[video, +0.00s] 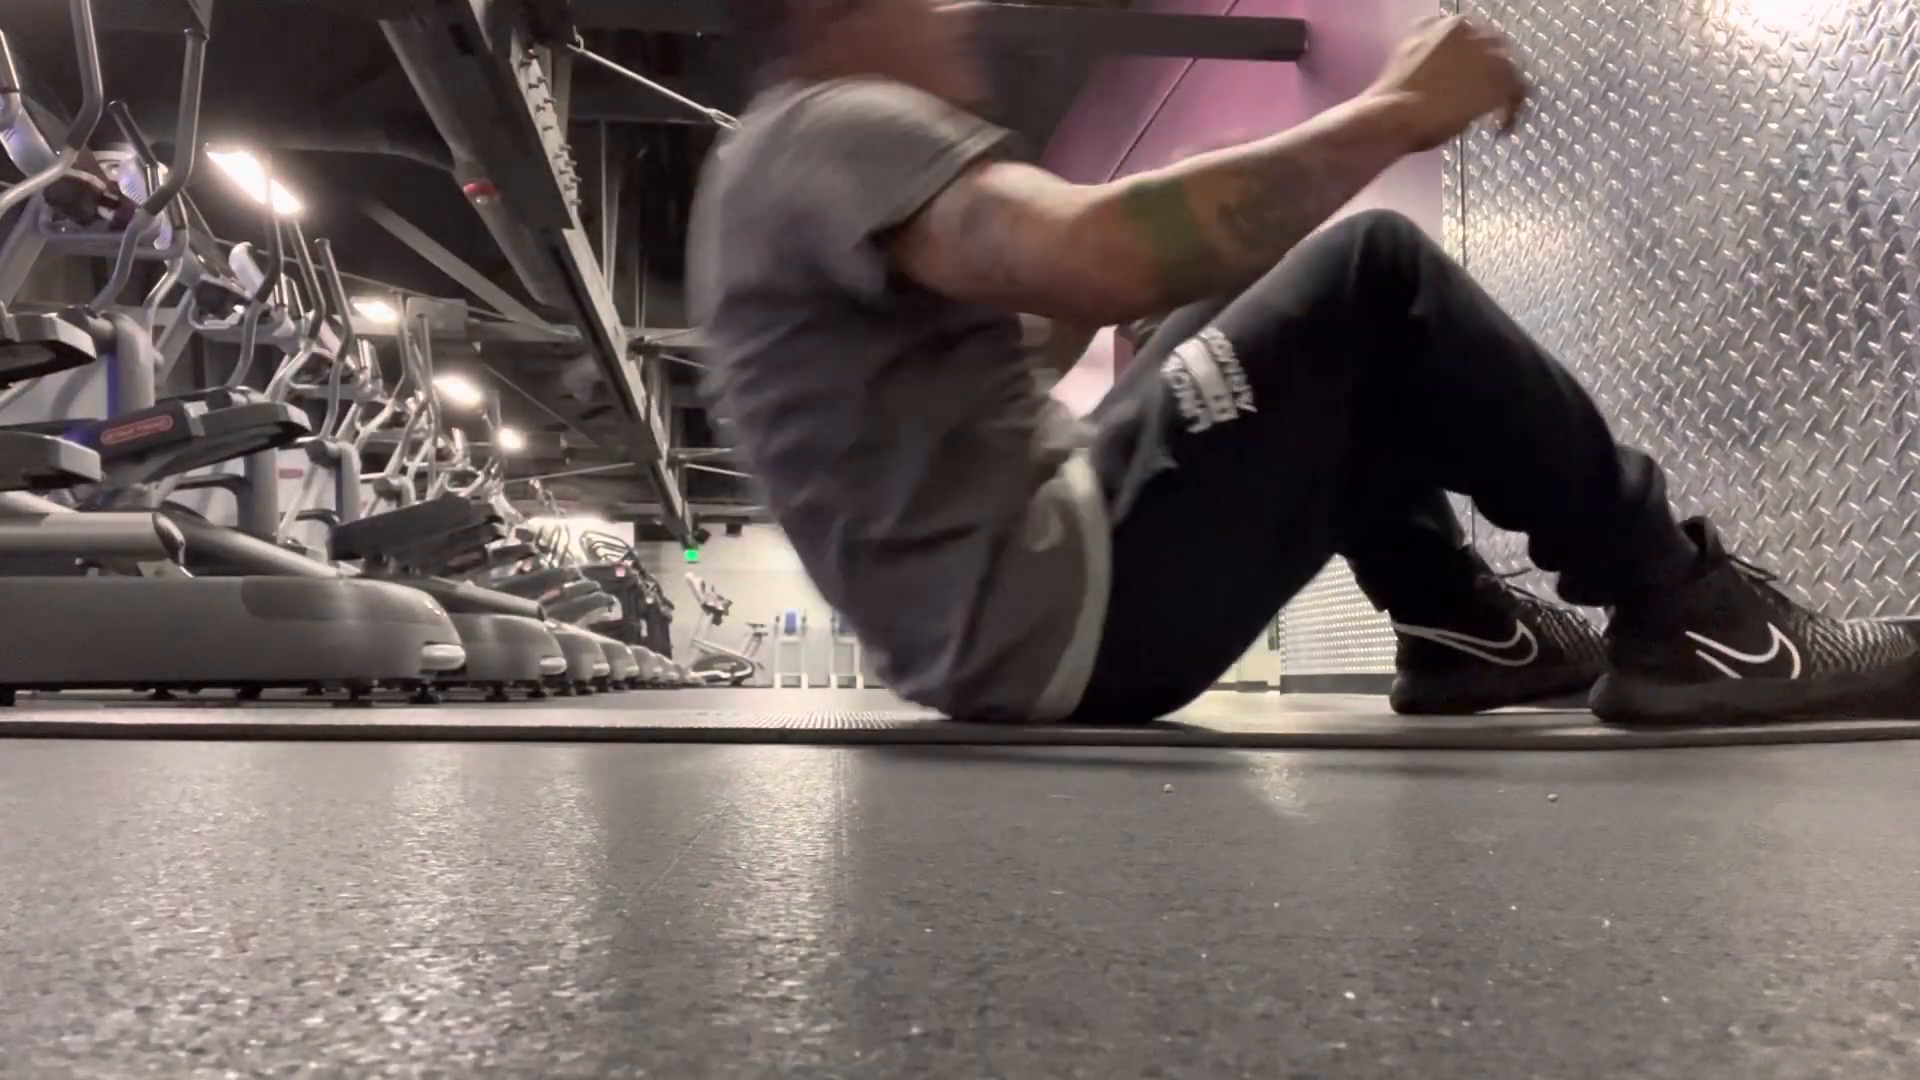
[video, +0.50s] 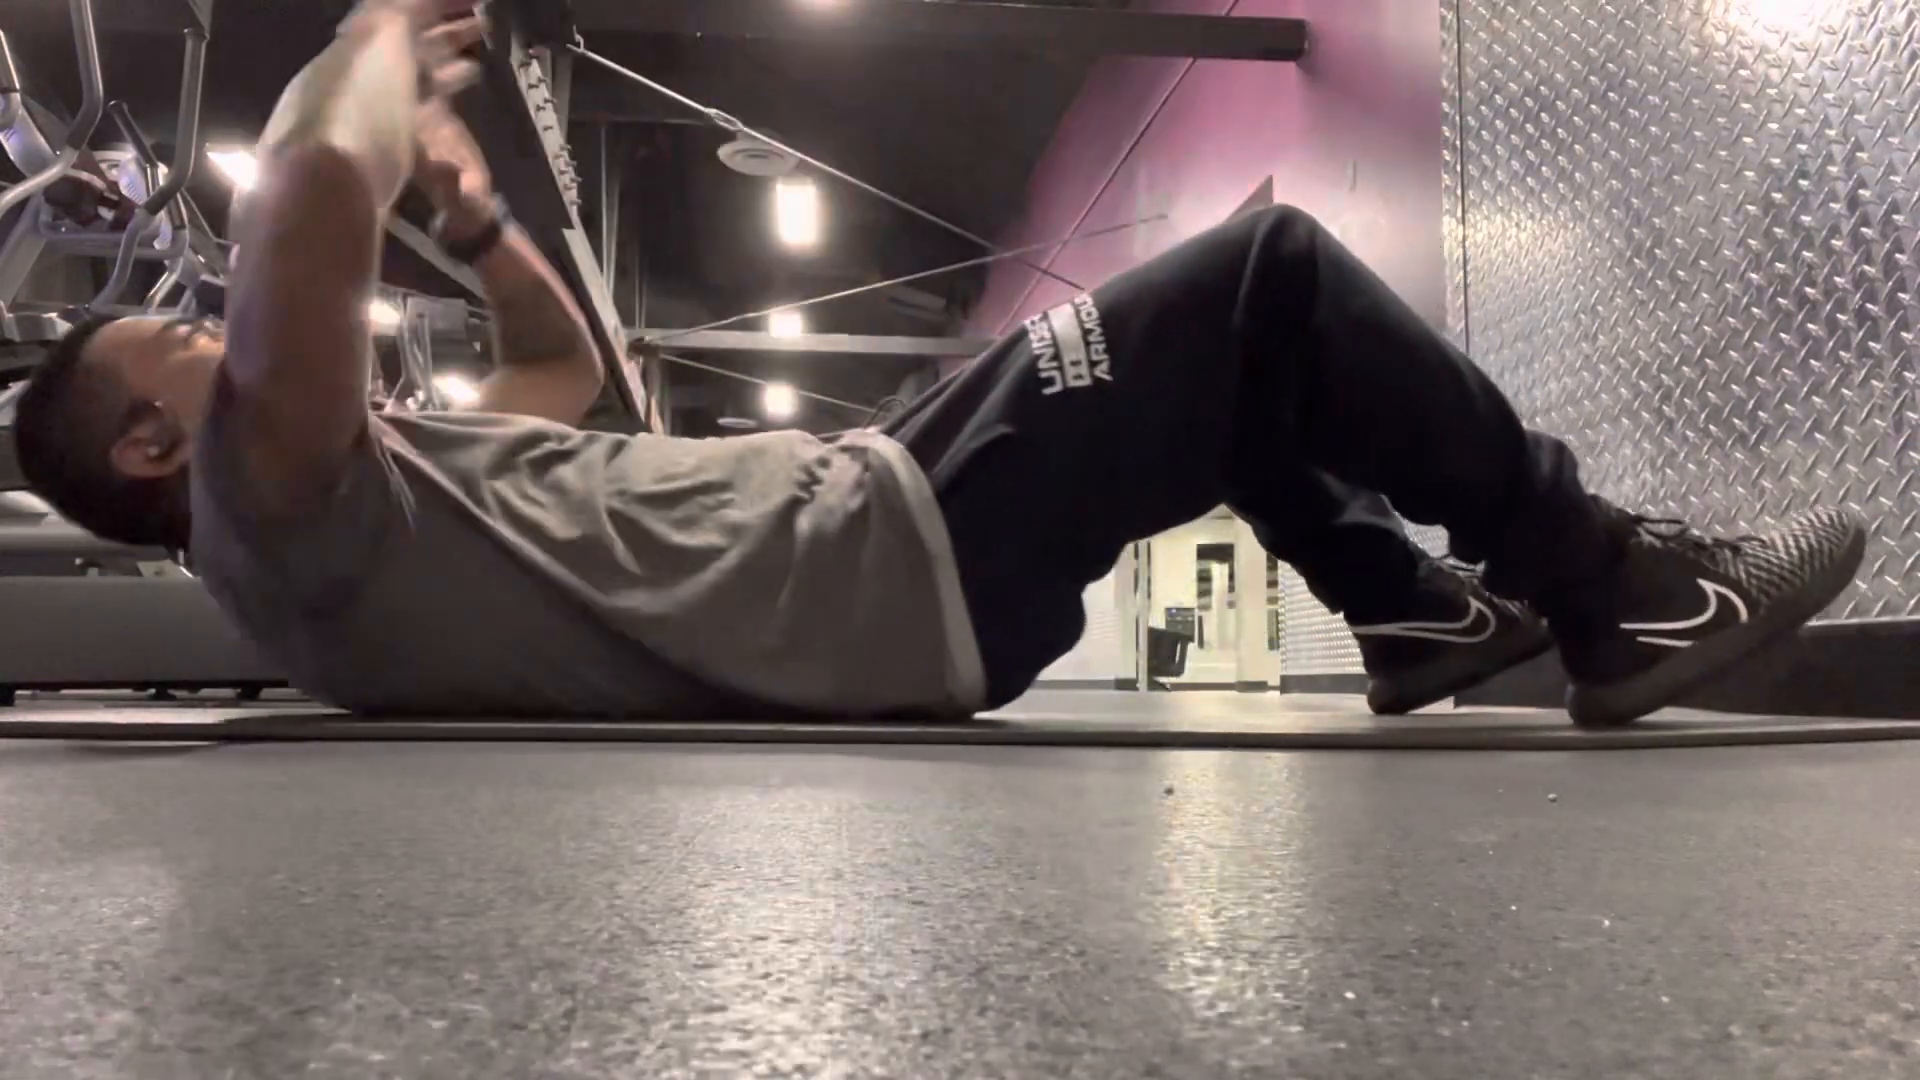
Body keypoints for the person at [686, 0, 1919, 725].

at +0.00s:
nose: (972, 24)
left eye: (960, 9)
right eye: (941, 3)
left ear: (833, 23)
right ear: (851, 12)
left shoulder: (822, 145)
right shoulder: (827, 136)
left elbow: (1094, 273)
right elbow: (1117, 254)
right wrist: (1402, 110)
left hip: (1043, 591)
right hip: (1062, 619)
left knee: (1302, 307)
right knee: (1371, 270)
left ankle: (1458, 624)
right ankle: (1682, 613)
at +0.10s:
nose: (790, 56)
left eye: (769, 30)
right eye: (747, 36)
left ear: (637, 87)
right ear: (652, 76)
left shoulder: (673, 242)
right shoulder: (676, 212)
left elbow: (945, 356)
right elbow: (1044, 235)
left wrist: (1159, 221)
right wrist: (1303, 106)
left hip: (985, 590)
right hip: (1022, 622)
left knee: (1263, 289)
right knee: (1348, 280)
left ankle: (1459, 630)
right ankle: (1667, 597)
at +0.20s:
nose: (615, 122)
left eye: (595, 99)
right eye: (562, 109)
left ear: (570, 159)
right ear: (467, 197)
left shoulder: (604, 337)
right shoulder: (531, 314)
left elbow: (880, 363)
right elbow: (872, 238)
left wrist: (912, 273)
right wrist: (1082, 46)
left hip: (969, 569)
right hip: (979, 613)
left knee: (1255, 276)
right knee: (1317, 275)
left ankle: (1459, 624)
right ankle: (1658, 589)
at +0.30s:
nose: (460, 223)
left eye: (442, 202)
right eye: (405, 227)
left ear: (458, 231)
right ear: (321, 329)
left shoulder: (503, 421)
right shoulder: (400, 426)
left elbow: (736, 407)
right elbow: (652, 254)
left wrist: (743, 235)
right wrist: (731, 66)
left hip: (941, 553)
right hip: (961, 596)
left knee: (1227, 315)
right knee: (1297, 271)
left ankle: (1450, 619)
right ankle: (1657, 596)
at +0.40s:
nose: (275, 308)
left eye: (255, 295)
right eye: (228, 324)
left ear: (286, 324)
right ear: (197, 433)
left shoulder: (422, 450)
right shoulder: (314, 515)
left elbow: (635, 428)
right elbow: (366, 255)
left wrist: (554, 260)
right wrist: (413, 103)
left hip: (894, 510)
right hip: (908, 578)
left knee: (1218, 335)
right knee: (1278, 264)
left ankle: (1435, 614)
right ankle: (1642, 592)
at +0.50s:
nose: (197, 345)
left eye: (171, 343)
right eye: (153, 365)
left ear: (188, 420)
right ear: (149, 448)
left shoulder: (356, 489)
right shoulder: (279, 515)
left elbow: (589, 400)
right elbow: (301, 167)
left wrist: (479, 228)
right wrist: (392, 50)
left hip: (873, 523)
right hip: (892, 564)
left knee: (1220, 332)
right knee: (1259, 263)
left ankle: (1434, 619)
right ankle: (1621, 578)